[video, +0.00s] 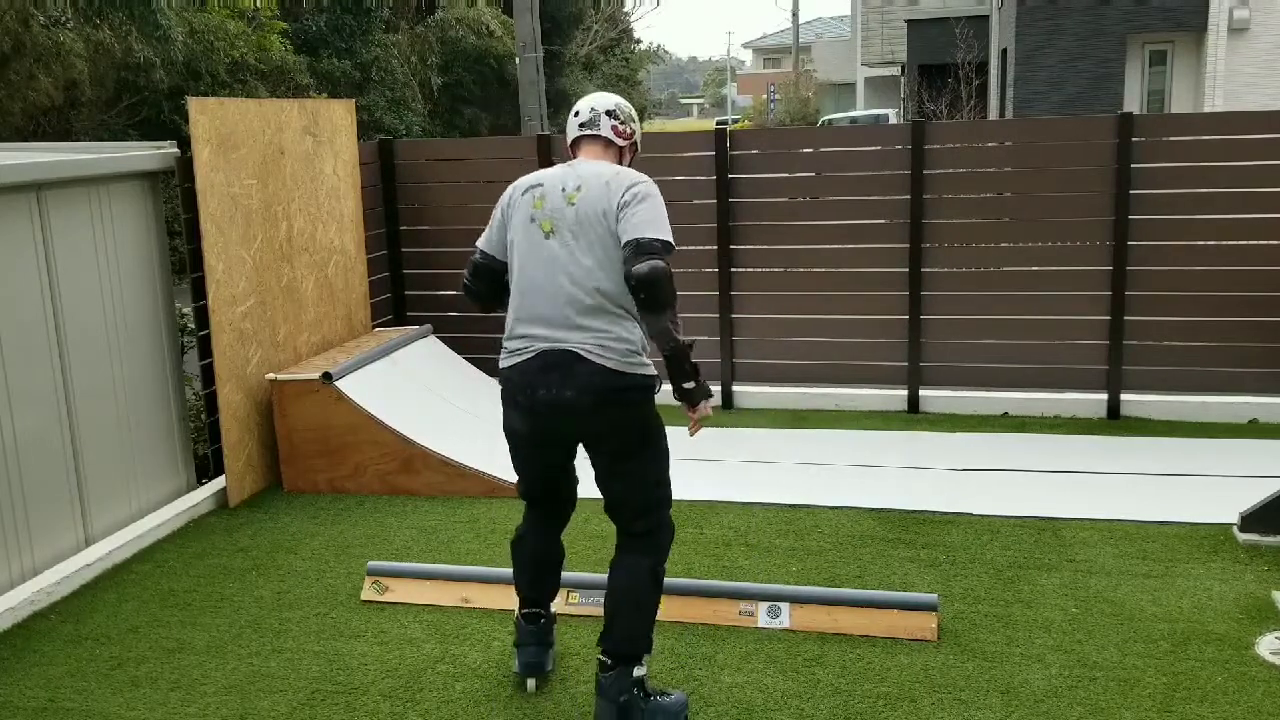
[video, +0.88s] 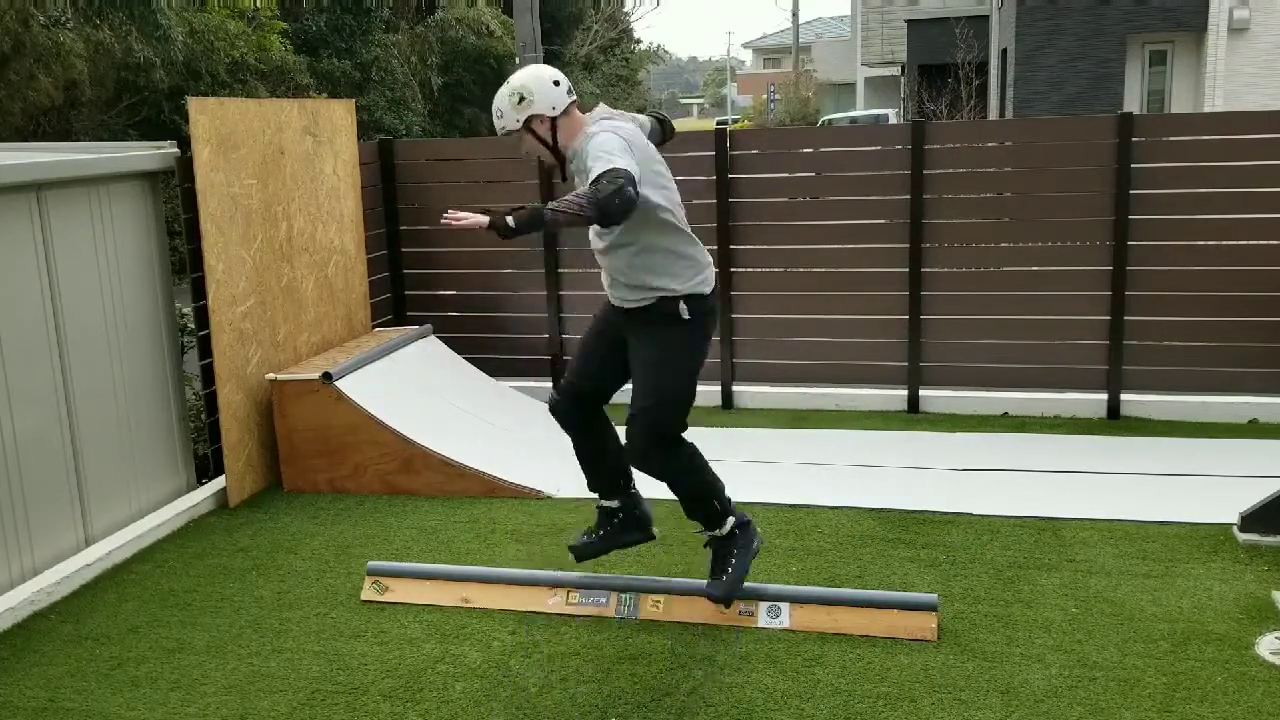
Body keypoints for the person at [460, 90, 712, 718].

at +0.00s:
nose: (632, 151)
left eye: (629, 143)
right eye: (632, 143)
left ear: (569, 140)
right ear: (624, 140)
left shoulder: (521, 189)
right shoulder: (632, 185)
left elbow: (481, 284)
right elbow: (648, 276)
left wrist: (549, 290)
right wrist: (685, 374)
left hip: (526, 377)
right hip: (610, 378)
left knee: (543, 507)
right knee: (644, 526)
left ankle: (532, 646)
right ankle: (620, 683)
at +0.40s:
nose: (663, 214)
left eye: (660, 209)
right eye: (662, 208)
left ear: (609, 208)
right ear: (657, 207)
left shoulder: (567, 243)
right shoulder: (658, 241)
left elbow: (519, 312)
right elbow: (698, 321)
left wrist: (546, 369)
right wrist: (736, 407)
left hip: (527, 394)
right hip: (608, 397)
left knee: (568, 496)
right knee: (679, 490)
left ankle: (536, 637)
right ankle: (693, 634)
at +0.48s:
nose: (662, 221)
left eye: (657, 213)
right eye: (660, 213)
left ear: (604, 219)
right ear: (654, 214)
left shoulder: (568, 252)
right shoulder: (667, 250)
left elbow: (501, 316)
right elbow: (727, 333)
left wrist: (473, 374)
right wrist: (755, 381)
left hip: (542, 403)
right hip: (624, 402)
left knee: (573, 499)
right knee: (690, 493)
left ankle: (538, 640)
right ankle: (693, 637)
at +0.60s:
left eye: (563, 177)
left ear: (568, 175)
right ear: (621, 165)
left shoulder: (554, 210)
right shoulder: (663, 206)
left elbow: (495, 261)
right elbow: (724, 261)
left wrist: (433, 318)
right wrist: (725, 262)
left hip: (579, 381)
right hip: (663, 377)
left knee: (573, 503)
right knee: (691, 493)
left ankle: (541, 636)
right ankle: (692, 630)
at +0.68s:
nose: (541, 152)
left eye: (538, 144)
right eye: (539, 146)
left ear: (548, 136)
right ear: (593, 121)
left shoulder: (560, 163)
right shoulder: (653, 158)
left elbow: (534, 206)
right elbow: (709, 195)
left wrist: (445, 263)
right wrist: (676, 171)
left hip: (604, 341)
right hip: (680, 333)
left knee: (575, 481)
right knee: (675, 471)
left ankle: (555, 623)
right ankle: (695, 605)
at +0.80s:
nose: (529, 143)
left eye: (524, 130)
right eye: (522, 133)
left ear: (543, 114)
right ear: (567, 101)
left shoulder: (587, 134)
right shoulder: (626, 121)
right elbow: (682, 124)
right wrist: (672, 121)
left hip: (664, 305)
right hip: (637, 300)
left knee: (595, 441)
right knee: (575, 405)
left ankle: (689, 552)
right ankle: (673, 513)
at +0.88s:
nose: (527, 145)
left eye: (525, 133)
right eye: (522, 136)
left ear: (545, 119)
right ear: (561, 109)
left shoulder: (600, 144)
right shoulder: (607, 123)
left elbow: (614, 200)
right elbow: (659, 129)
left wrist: (511, 222)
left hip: (676, 305)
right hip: (628, 304)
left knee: (652, 443)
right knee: (574, 402)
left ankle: (730, 531)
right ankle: (624, 515)